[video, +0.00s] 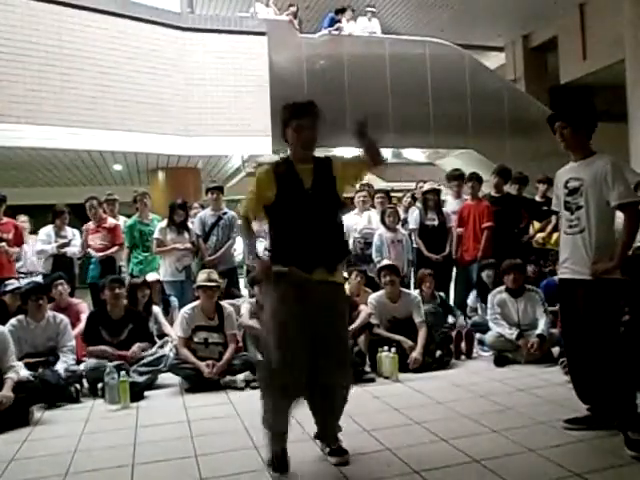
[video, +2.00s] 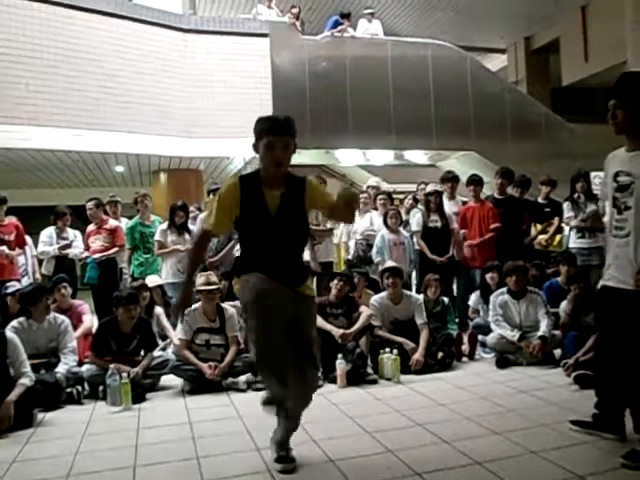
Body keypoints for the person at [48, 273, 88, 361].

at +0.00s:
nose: (60, 289)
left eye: (62, 285)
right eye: (56, 287)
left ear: (69, 289)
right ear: (51, 293)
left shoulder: (80, 305)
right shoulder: (49, 309)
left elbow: (83, 322)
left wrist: (71, 335)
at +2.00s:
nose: (62, 292)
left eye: (65, 287)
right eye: (58, 290)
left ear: (70, 290)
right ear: (53, 295)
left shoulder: (81, 306)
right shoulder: (51, 311)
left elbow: (88, 324)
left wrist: (72, 337)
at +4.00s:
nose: (65, 293)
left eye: (67, 288)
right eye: (60, 291)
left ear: (73, 291)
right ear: (56, 296)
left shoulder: (83, 307)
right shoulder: (53, 312)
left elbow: (90, 325)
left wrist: (74, 338)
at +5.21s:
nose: (68, 292)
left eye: (70, 288)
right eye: (64, 290)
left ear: (74, 291)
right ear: (57, 295)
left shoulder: (84, 307)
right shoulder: (53, 312)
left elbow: (90, 324)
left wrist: (74, 338)